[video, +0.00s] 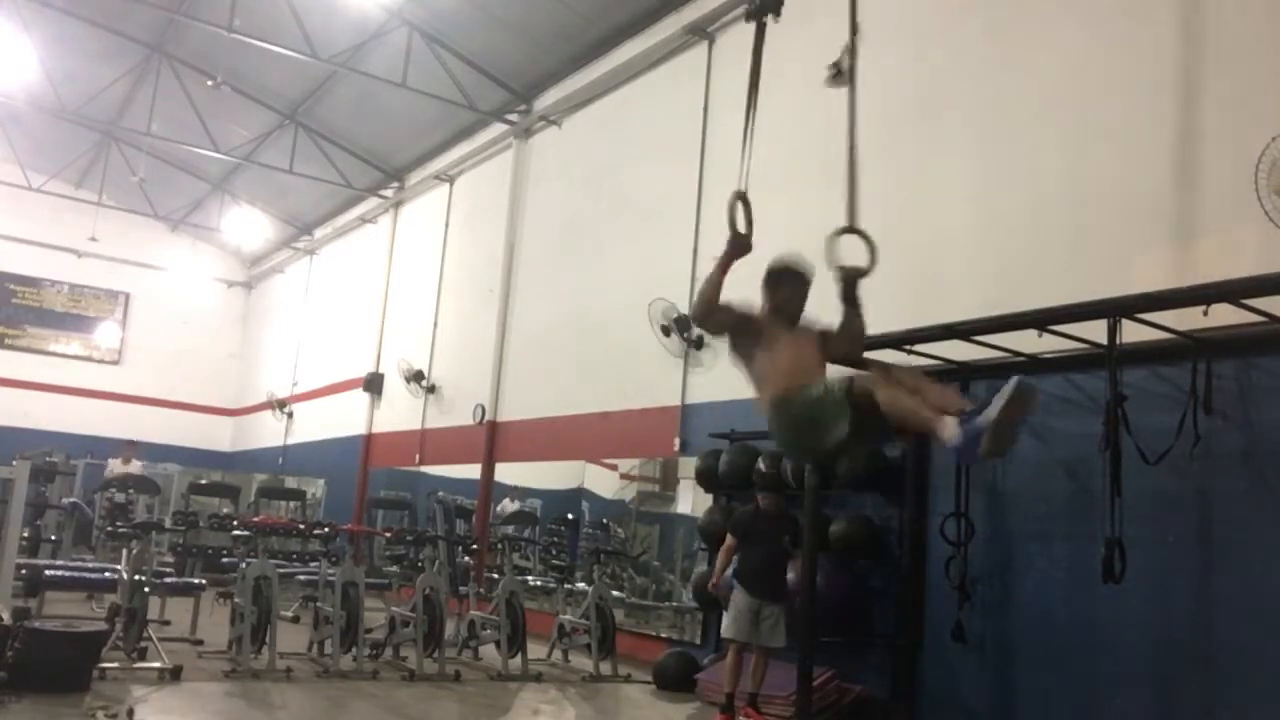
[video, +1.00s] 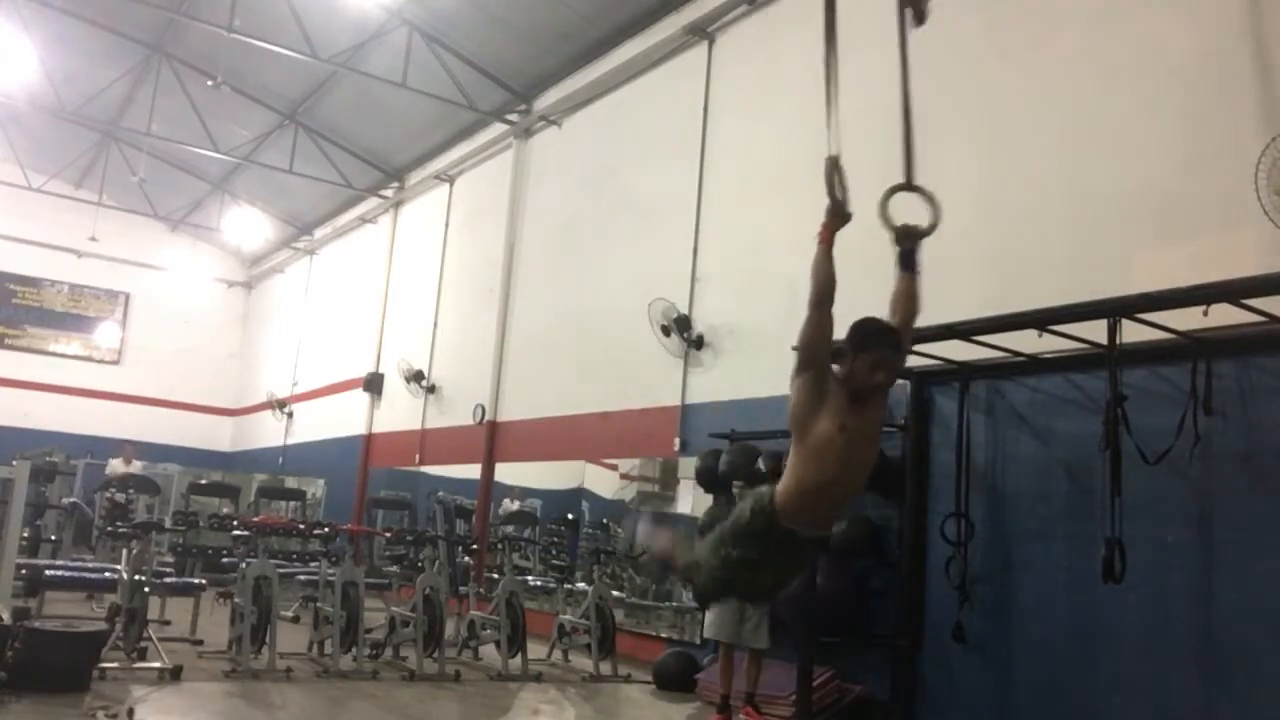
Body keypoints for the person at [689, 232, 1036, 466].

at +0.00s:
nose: (793, 297)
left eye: (799, 291)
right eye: (784, 288)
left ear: (805, 295)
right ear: (766, 290)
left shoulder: (811, 337)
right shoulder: (749, 326)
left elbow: (853, 346)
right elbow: (702, 315)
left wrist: (850, 296)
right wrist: (726, 260)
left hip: (830, 411)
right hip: (791, 416)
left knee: (898, 377)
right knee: (872, 388)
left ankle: (977, 414)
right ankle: (953, 435)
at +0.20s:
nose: (788, 383)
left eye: (790, 375)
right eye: (778, 375)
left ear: (795, 376)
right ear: (756, 378)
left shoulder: (798, 408)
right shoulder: (740, 409)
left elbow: (805, 349)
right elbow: (735, 339)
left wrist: (806, 291)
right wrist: (737, 278)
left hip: (821, 503)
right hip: (784, 509)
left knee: (895, 515)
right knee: (866, 511)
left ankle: (986, 531)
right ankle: (976, 529)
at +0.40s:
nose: (821, 394)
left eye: (829, 386)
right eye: (813, 384)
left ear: (839, 387)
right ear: (793, 380)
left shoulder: (833, 420)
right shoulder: (771, 417)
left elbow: (852, 349)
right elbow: (771, 335)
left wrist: (855, 281)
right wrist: (775, 266)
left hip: (834, 549)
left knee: (849, 668)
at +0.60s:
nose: (879, 389)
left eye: (888, 380)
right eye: (872, 378)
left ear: (896, 382)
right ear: (849, 370)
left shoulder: (882, 406)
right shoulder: (820, 402)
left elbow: (897, 324)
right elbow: (824, 314)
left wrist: (899, 259)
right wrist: (827, 246)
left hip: (837, 560)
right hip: (792, 545)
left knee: (791, 633)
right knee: (733, 607)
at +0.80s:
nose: (901, 376)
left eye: (908, 366)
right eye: (894, 363)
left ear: (913, 364)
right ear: (870, 351)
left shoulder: (893, 385)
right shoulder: (830, 379)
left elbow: (926, 315)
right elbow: (835, 297)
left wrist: (935, 245)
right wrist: (845, 222)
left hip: (815, 521)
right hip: (774, 504)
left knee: (765, 582)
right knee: (699, 542)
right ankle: (663, 465)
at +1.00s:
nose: (882, 379)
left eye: (889, 370)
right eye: (873, 367)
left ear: (894, 370)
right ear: (848, 360)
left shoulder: (877, 395)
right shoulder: (816, 393)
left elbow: (903, 324)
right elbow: (820, 307)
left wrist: (908, 253)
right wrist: (827, 235)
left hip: (808, 541)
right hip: (767, 524)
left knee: (751, 593)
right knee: (704, 577)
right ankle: (654, 536)